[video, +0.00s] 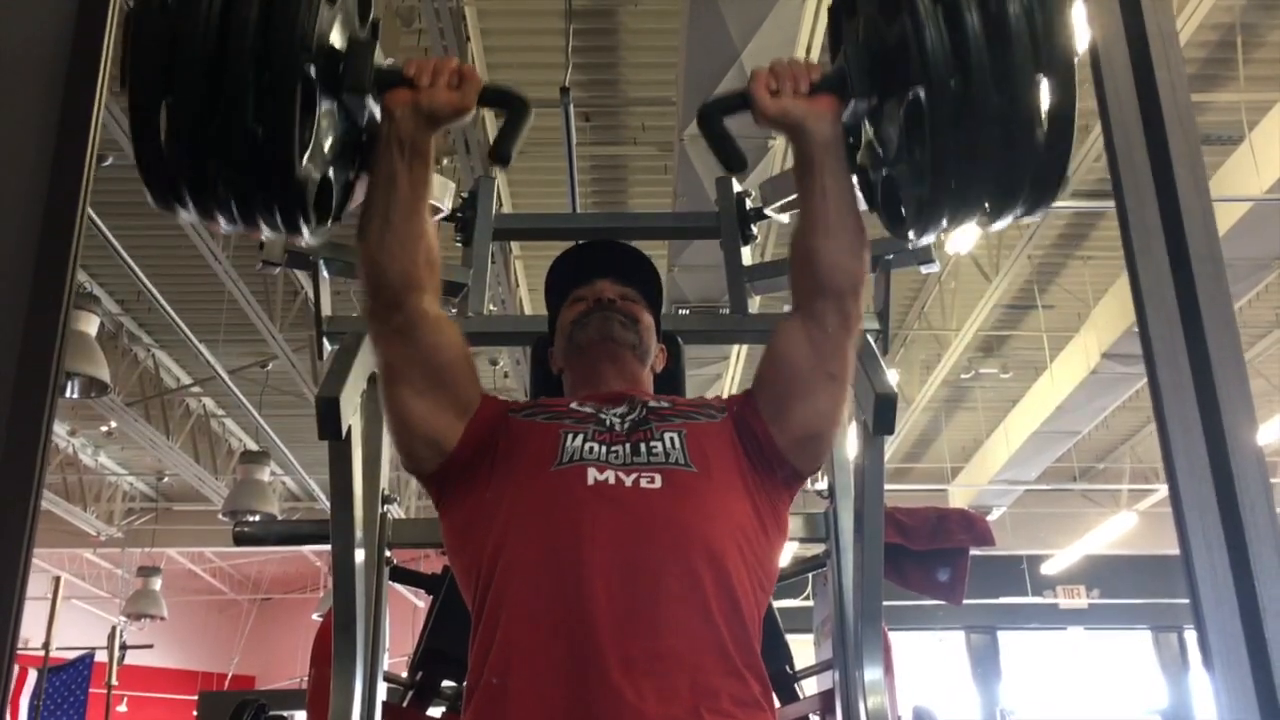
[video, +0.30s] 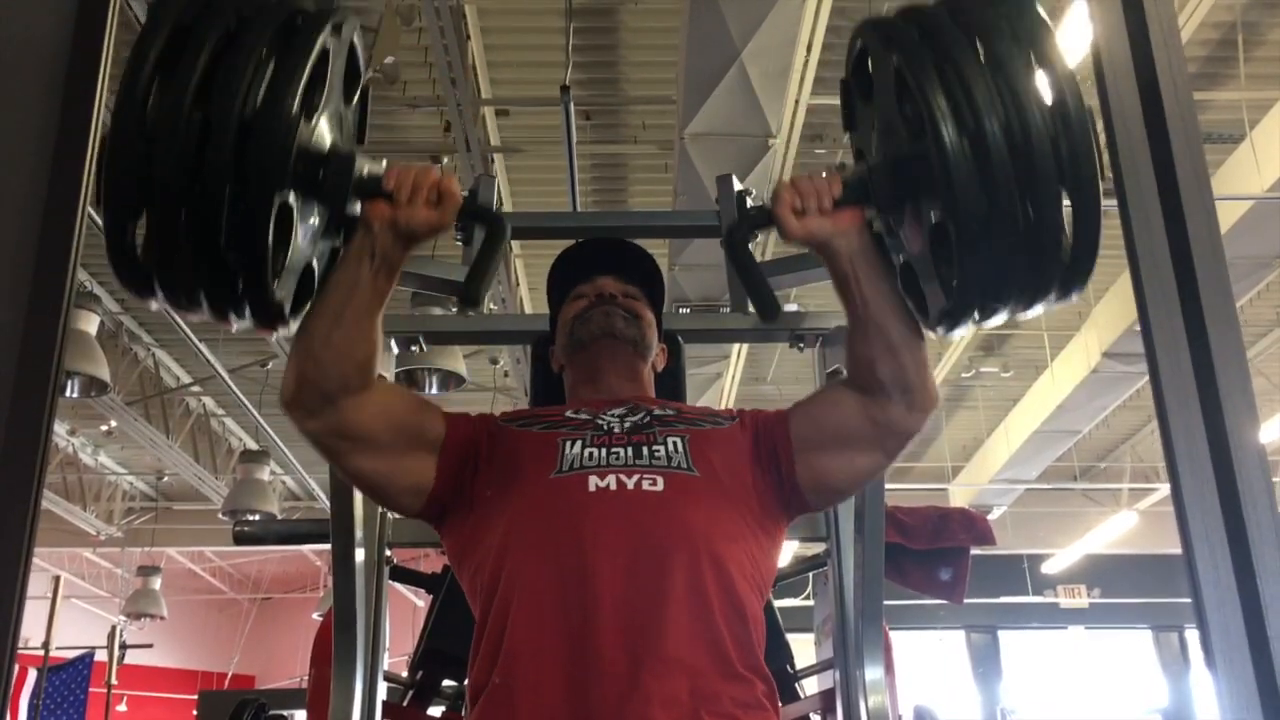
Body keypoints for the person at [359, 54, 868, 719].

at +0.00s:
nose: (605, 302)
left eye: (629, 302)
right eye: (581, 303)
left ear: (661, 355)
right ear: (551, 355)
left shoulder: (751, 442)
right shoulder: (483, 446)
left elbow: (831, 300)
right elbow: (401, 301)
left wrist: (818, 133)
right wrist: (407, 130)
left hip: (724, 708)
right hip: (517, 708)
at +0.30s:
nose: (606, 298)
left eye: (632, 300)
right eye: (580, 300)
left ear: (663, 354)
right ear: (551, 356)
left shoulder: (749, 446)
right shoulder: (484, 452)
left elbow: (897, 399)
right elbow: (323, 396)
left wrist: (848, 241)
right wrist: (381, 241)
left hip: (727, 705)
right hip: (525, 704)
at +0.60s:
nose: (609, 298)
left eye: (634, 299)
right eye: (584, 299)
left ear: (666, 355)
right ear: (553, 355)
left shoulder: (741, 450)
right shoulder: (490, 458)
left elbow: (922, 481)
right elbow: (295, 488)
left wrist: (869, 343)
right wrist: (356, 340)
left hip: (727, 702)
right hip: (527, 704)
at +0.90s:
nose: (614, 297)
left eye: (638, 299)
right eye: (589, 298)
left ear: (669, 355)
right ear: (556, 355)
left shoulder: (746, 456)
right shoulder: (487, 461)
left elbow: (922, 520)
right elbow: (298, 535)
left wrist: (877, 398)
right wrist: (345, 398)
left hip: (726, 706)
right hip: (528, 708)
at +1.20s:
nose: (611, 300)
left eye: (635, 301)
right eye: (586, 302)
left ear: (668, 358)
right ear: (554, 360)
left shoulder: (747, 457)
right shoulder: (489, 466)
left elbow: (917, 518)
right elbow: (299, 547)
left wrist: (882, 410)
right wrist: (340, 412)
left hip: (724, 703)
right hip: (529, 705)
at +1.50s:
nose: (609, 306)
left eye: (634, 308)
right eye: (584, 307)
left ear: (665, 361)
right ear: (553, 359)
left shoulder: (744, 453)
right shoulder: (488, 458)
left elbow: (924, 444)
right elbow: (302, 438)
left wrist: (860, 311)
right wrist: (363, 301)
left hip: (724, 703)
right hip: (525, 705)